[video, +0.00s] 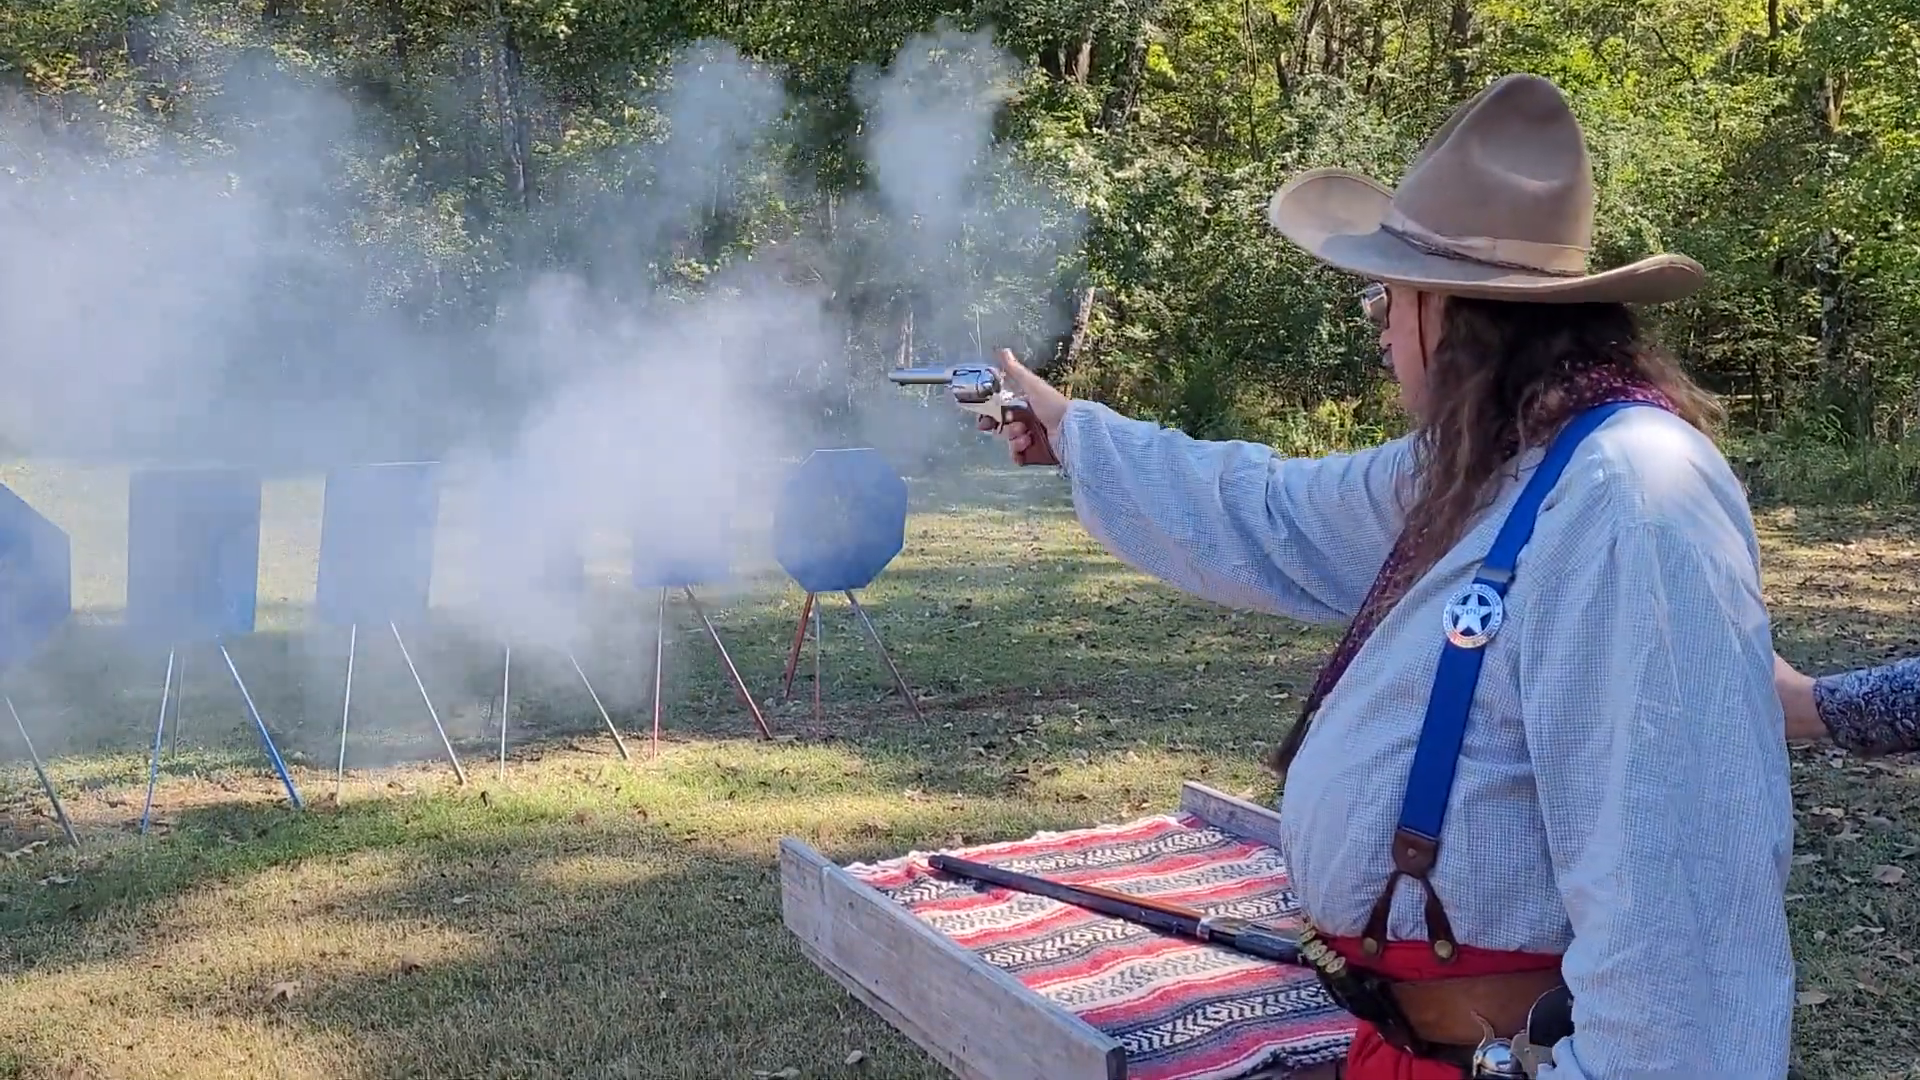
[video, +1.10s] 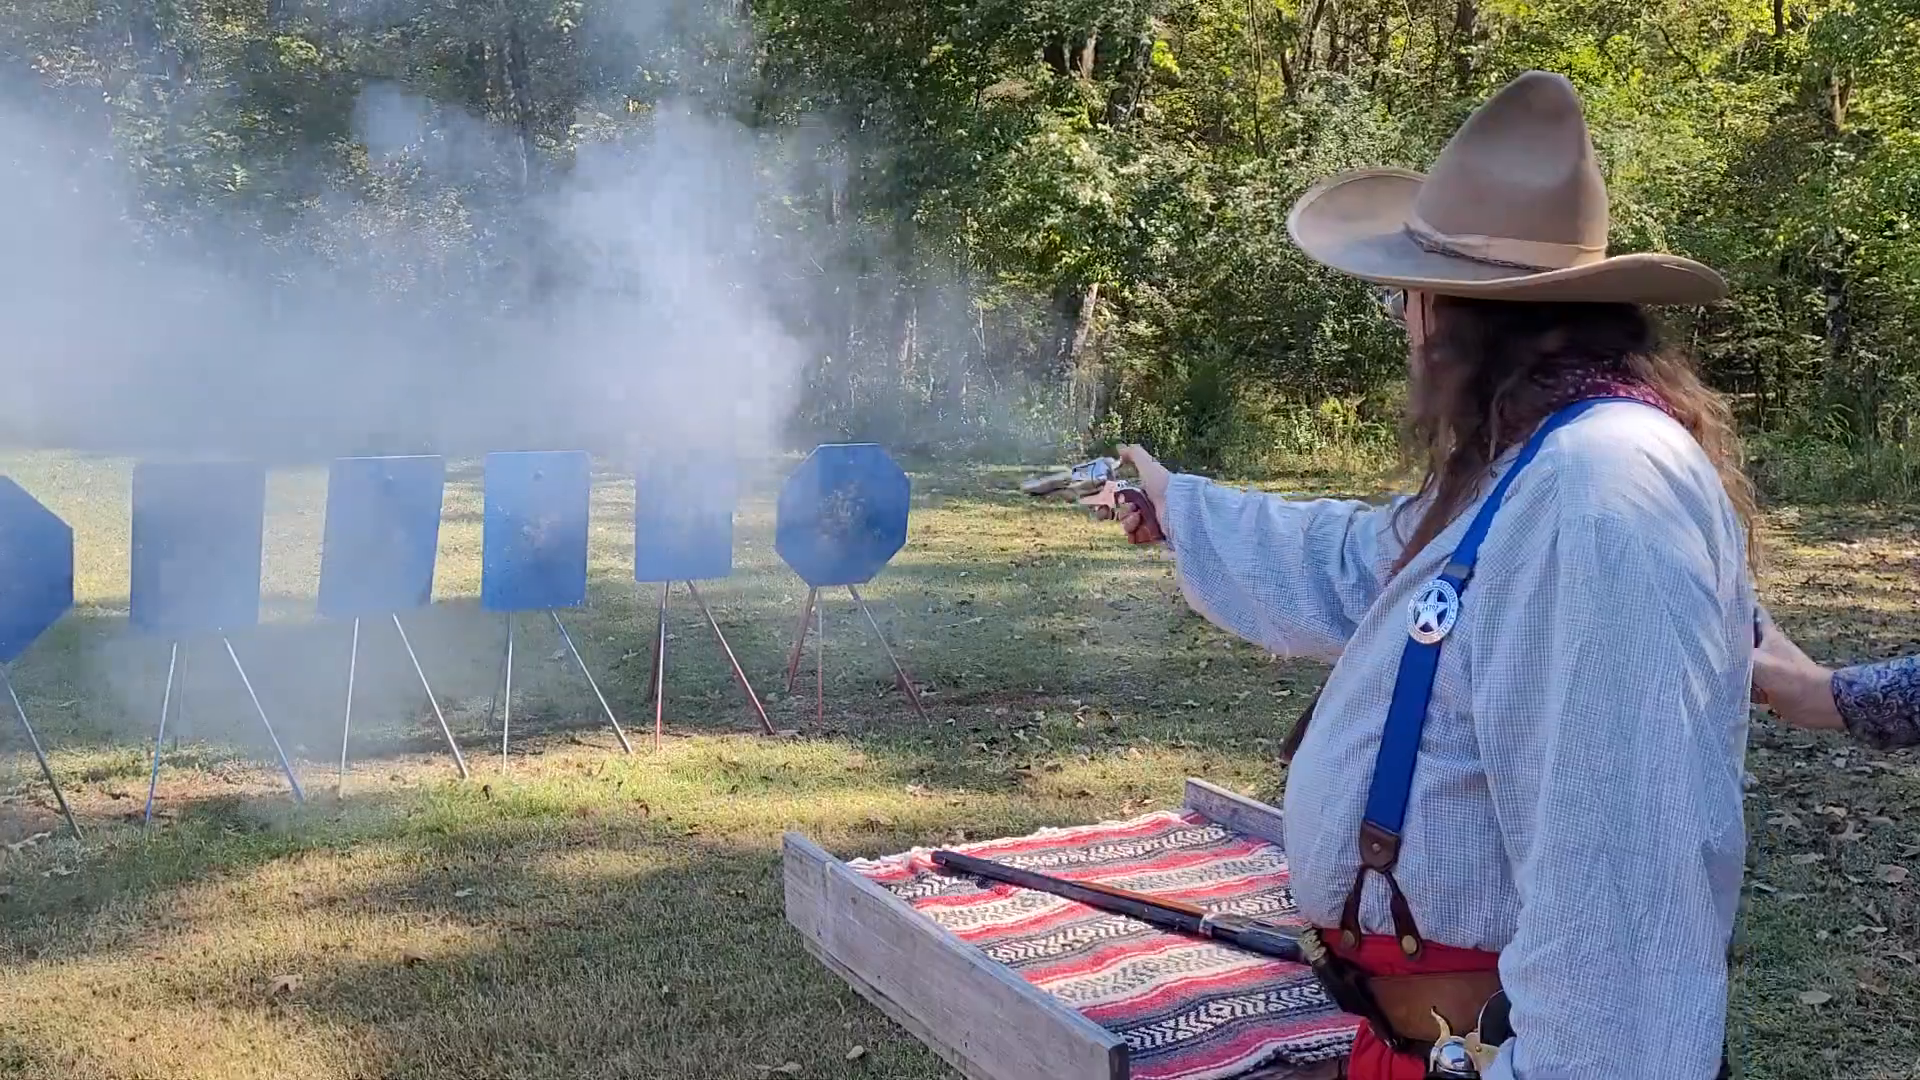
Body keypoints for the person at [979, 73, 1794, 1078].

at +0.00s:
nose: (1375, 319)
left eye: (1392, 291)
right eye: (1381, 290)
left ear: (1465, 313)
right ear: (1495, 315)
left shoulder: (1640, 494)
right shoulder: (1469, 464)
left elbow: (1680, 920)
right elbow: (1265, 509)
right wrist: (1067, 428)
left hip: (1502, 1037)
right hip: (1379, 992)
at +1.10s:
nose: (1403, 318)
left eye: (1412, 292)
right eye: (1407, 291)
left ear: (1461, 313)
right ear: (1540, 307)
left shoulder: (1602, 492)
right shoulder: (1512, 462)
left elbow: (1620, 910)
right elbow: (1351, 554)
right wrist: (1180, 509)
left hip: (1485, 1033)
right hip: (1410, 1006)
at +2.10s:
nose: (1411, 329)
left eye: (1422, 305)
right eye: (1413, 302)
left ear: (1464, 320)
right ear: (1567, 307)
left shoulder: (1558, 494)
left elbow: (1551, 879)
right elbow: (1412, 511)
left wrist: (1446, 1062)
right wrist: (1298, 443)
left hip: (1486, 1029)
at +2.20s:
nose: (1410, 331)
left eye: (1420, 305)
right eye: (1411, 303)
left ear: (1463, 321)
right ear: (1566, 308)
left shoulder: (1557, 490)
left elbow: (1546, 879)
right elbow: (1408, 510)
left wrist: (1443, 1061)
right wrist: (1297, 452)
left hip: (1497, 1026)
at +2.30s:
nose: (1409, 328)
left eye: (1421, 303)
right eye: (1412, 299)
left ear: (1460, 319)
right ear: (1567, 307)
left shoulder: (1559, 489)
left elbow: (1547, 865)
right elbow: (1411, 515)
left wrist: (1437, 1060)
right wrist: (1297, 452)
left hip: (1510, 1028)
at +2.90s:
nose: (1403, 339)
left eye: (1413, 311)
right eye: (1404, 310)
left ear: (1458, 323)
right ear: (1562, 311)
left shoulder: (1554, 481)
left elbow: (1550, 855)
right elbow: (1404, 507)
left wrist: (1445, 1060)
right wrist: (1295, 429)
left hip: (1497, 1025)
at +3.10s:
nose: (1409, 335)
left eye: (1420, 309)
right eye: (1412, 306)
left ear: (1462, 323)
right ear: (1572, 310)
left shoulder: (1548, 478)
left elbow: (1596, 811)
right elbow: (1412, 507)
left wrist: (1437, 1047)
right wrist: (1306, 423)